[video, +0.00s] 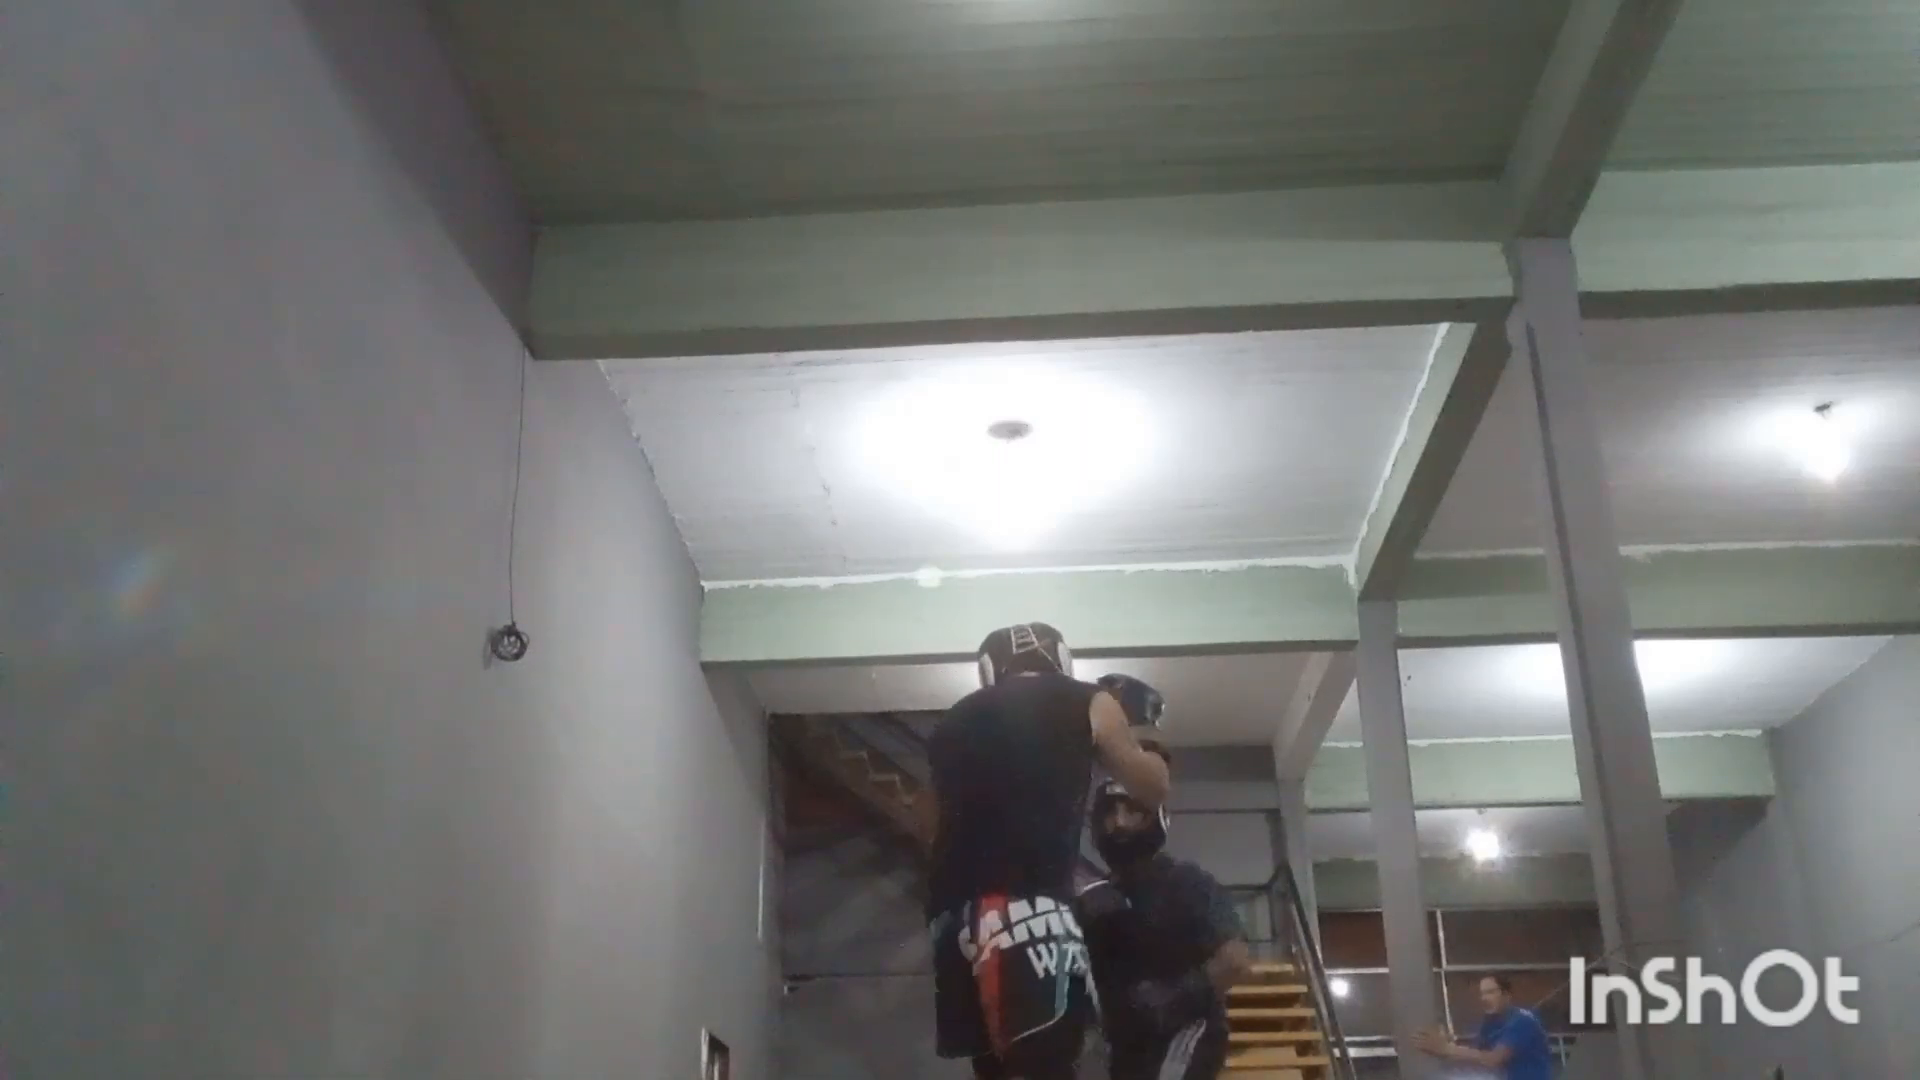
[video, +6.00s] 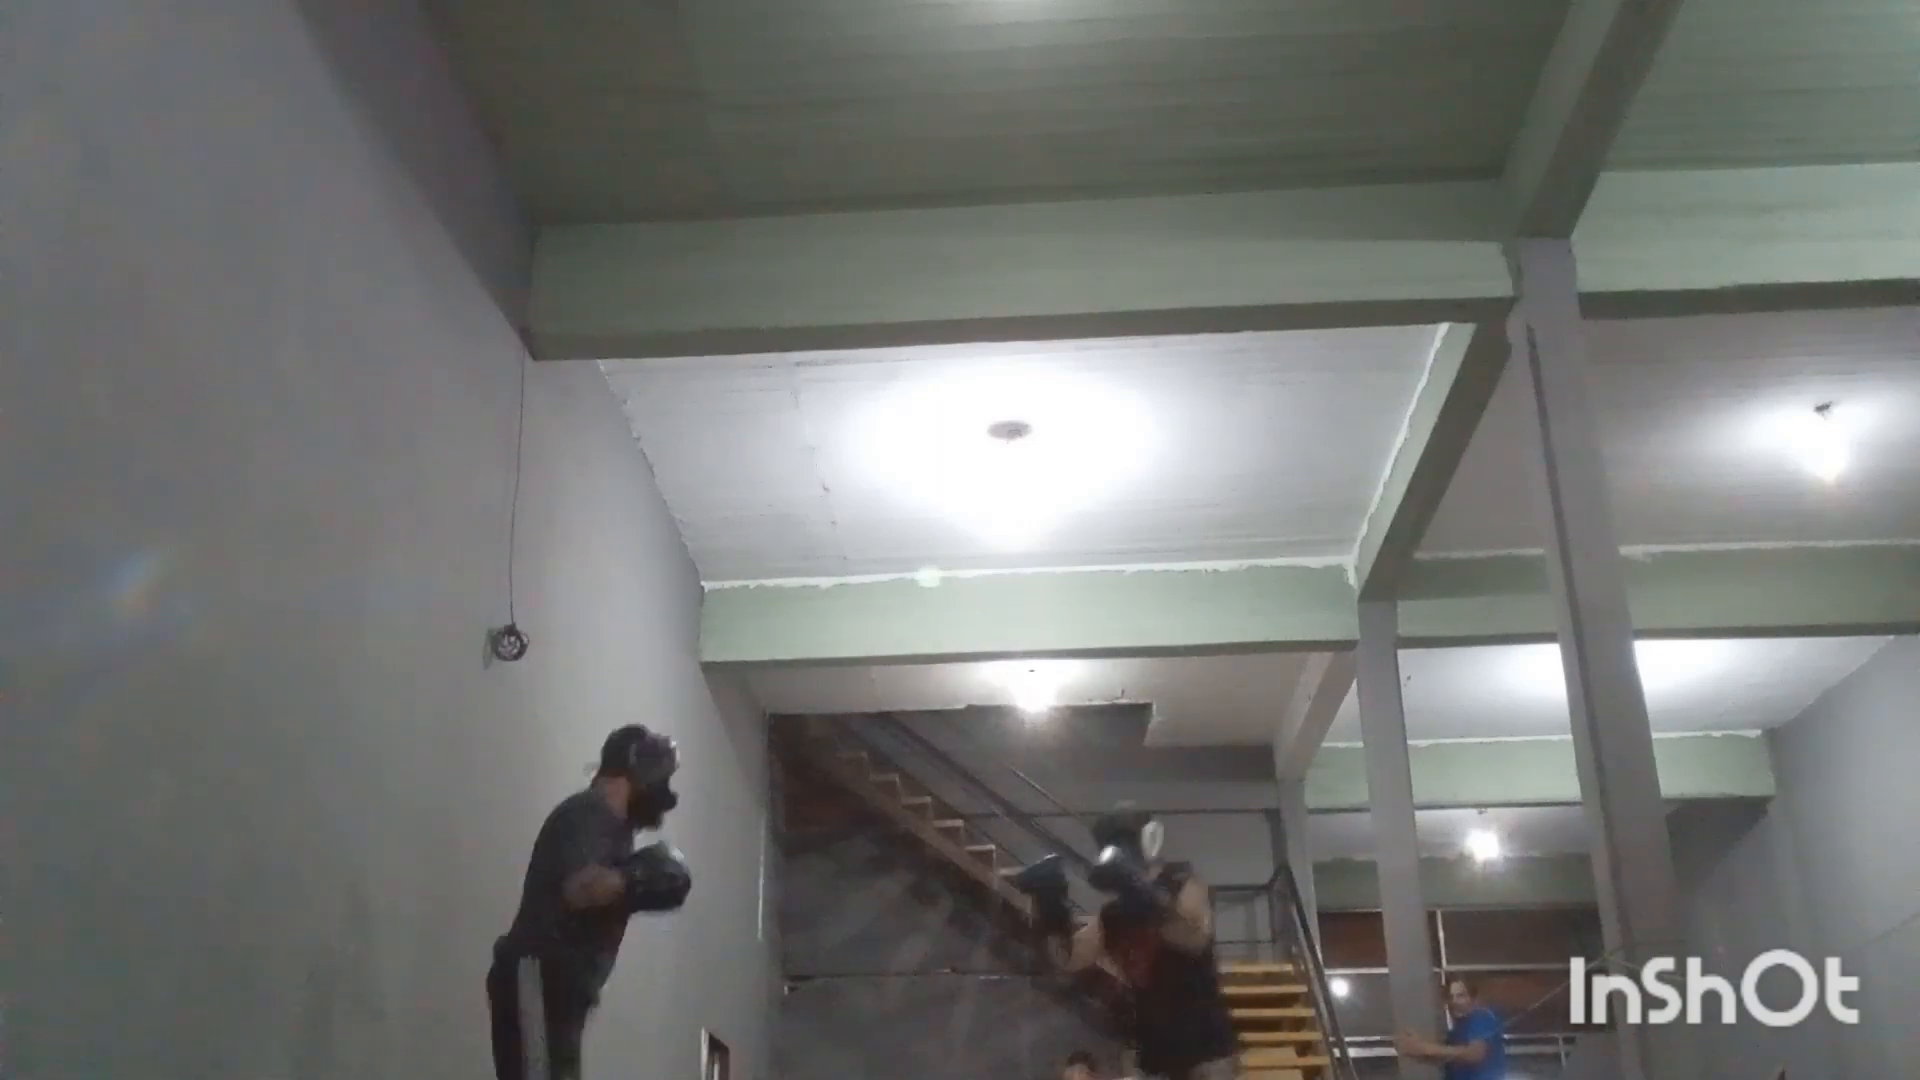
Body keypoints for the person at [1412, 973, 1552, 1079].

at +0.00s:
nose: (1484, 998)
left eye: (1490, 992)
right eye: (1482, 994)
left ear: (1506, 994)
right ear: (1480, 996)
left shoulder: (1523, 1020)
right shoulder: (1491, 1021)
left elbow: (1495, 1060)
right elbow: (1479, 1051)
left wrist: (1446, 1049)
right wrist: (1446, 1046)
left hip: (1532, 1075)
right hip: (1509, 1075)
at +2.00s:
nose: (1453, 992)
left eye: (1458, 987)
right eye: (1450, 989)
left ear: (1471, 990)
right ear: (1446, 994)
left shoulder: (1480, 1017)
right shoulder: (1457, 1024)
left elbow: (1475, 1054)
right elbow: (1449, 1055)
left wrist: (1424, 1049)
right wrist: (1416, 1046)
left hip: (1480, 1075)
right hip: (1459, 1075)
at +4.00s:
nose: (1459, 997)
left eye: (1463, 990)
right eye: (1452, 993)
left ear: (1471, 994)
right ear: (1445, 1000)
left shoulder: (1480, 1016)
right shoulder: (1455, 1028)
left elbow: (1477, 1054)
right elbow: (1449, 1056)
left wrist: (1425, 1050)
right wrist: (1417, 1049)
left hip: (1484, 1075)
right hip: (1459, 1076)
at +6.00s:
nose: (1455, 1002)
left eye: (1461, 996)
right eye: (1451, 997)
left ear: (1471, 997)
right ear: (1447, 1001)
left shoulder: (1482, 1018)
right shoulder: (1457, 1026)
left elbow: (1476, 1054)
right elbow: (1450, 1056)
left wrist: (1426, 1049)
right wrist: (1419, 1051)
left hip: (1484, 1076)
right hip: (1460, 1076)